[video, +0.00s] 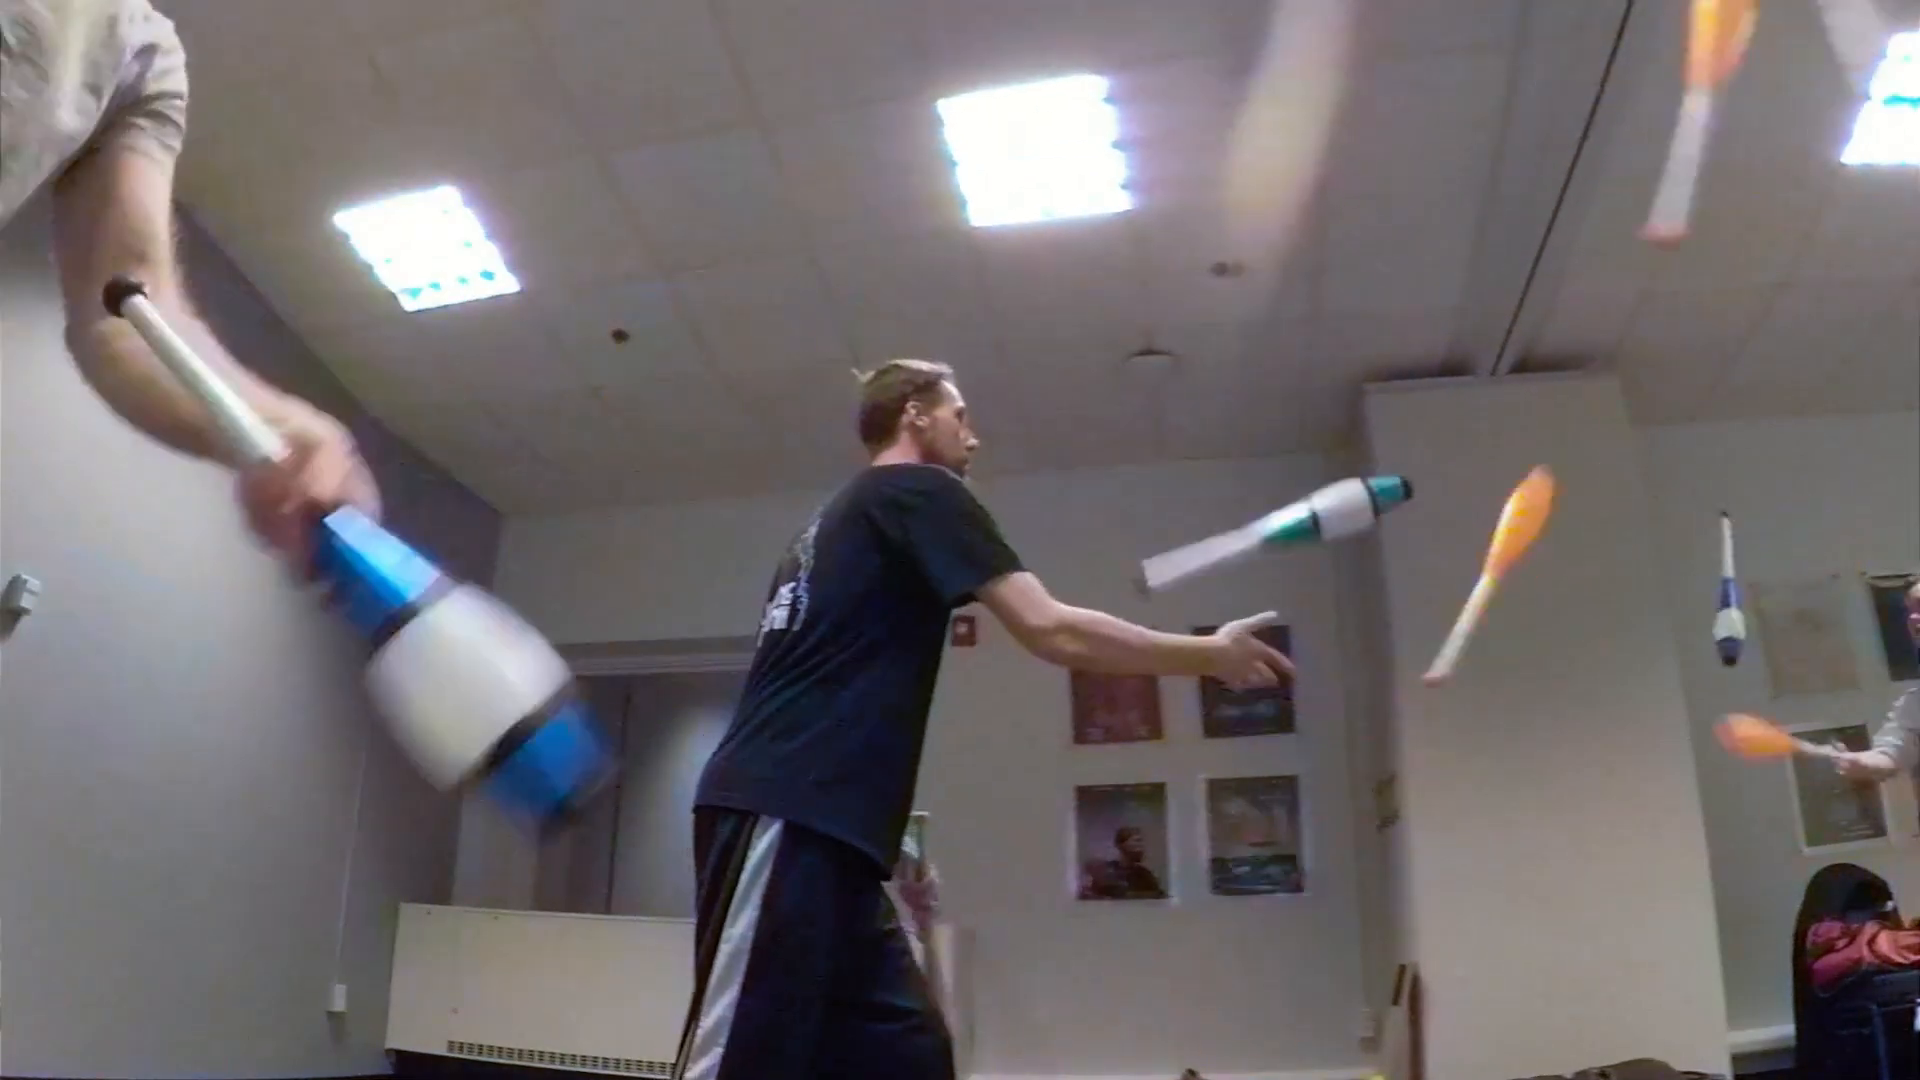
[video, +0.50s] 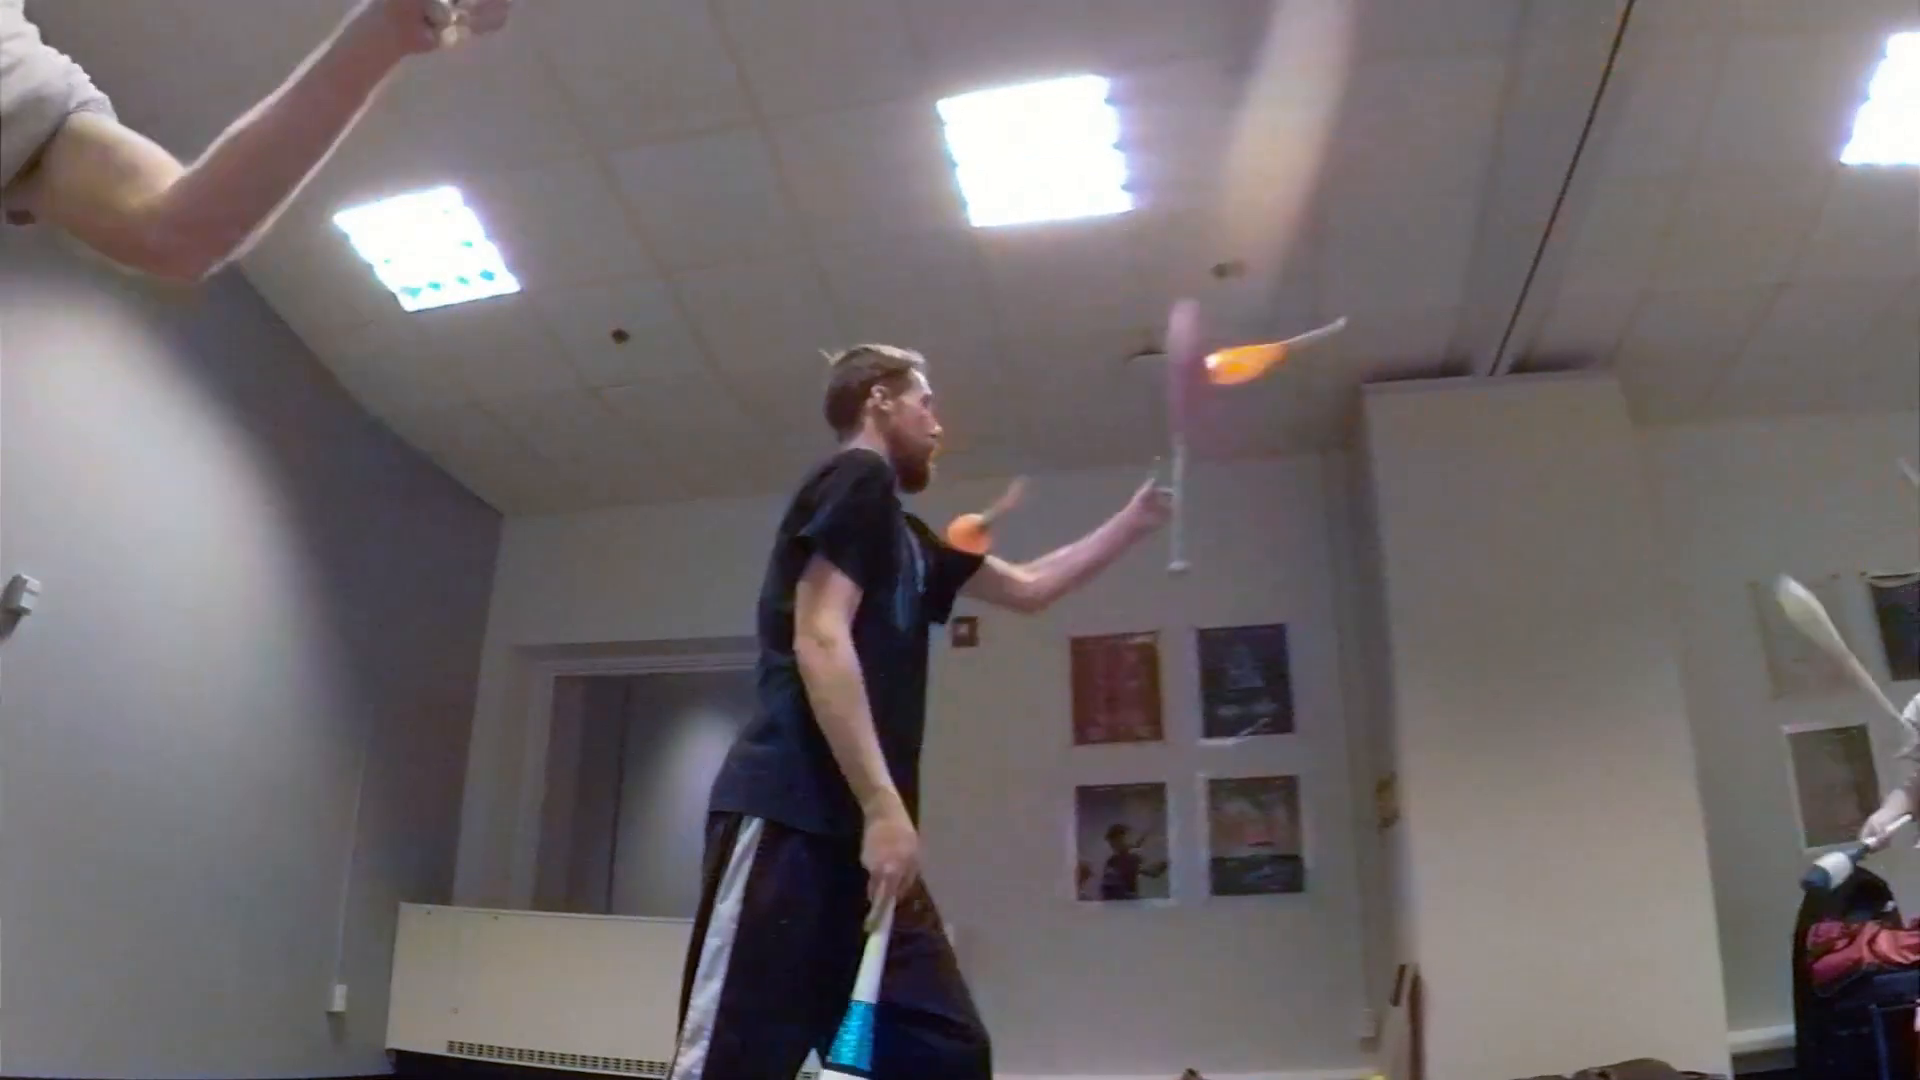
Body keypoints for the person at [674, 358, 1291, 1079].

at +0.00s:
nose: (973, 435)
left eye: (969, 419)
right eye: (960, 417)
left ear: (897, 426)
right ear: (915, 419)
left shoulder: (845, 514)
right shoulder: (918, 492)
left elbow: (825, 636)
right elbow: (1049, 628)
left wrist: (929, 627)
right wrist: (1209, 653)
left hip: (810, 816)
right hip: (792, 810)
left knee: (902, 1046)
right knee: (735, 1051)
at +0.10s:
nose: (974, 436)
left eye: (970, 417)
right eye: (962, 416)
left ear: (911, 425)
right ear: (916, 421)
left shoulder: (866, 506)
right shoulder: (909, 486)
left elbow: (832, 713)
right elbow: (1003, 633)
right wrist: (1174, 671)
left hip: (819, 823)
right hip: (790, 810)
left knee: (906, 1049)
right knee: (731, 1054)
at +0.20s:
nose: (972, 435)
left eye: (970, 419)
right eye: (961, 416)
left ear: (911, 420)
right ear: (916, 415)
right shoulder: (887, 482)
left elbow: (877, 719)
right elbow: (925, 642)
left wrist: (1007, 778)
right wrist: (1092, 709)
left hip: (832, 831)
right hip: (780, 813)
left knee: (909, 1047)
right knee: (727, 1054)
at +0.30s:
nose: (964, 431)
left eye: (960, 412)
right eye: (951, 410)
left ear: (901, 415)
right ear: (902, 411)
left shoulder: (878, 516)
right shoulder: (859, 480)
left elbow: (908, 704)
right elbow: (847, 641)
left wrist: (1055, 695)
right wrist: (998, 750)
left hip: (836, 836)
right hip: (772, 816)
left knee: (915, 1054)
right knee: (723, 1057)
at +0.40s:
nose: (952, 422)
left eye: (950, 406)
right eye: (940, 402)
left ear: (898, 407)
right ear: (894, 403)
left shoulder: (892, 549)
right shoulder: (841, 483)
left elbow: (975, 672)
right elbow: (811, 644)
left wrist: (1079, 620)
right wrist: (919, 791)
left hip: (845, 830)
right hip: (770, 817)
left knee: (898, 1041)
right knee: (725, 1056)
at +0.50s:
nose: (939, 420)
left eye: (935, 403)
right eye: (926, 400)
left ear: (887, 407)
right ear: (879, 403)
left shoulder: (906, 533)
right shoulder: (858, 478)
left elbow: (1026, 586)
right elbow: (819, 639)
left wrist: (1135, 519)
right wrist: (884, 810)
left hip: (858, 832)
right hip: (788, 819)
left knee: (946, 1051)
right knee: (728, 1060)